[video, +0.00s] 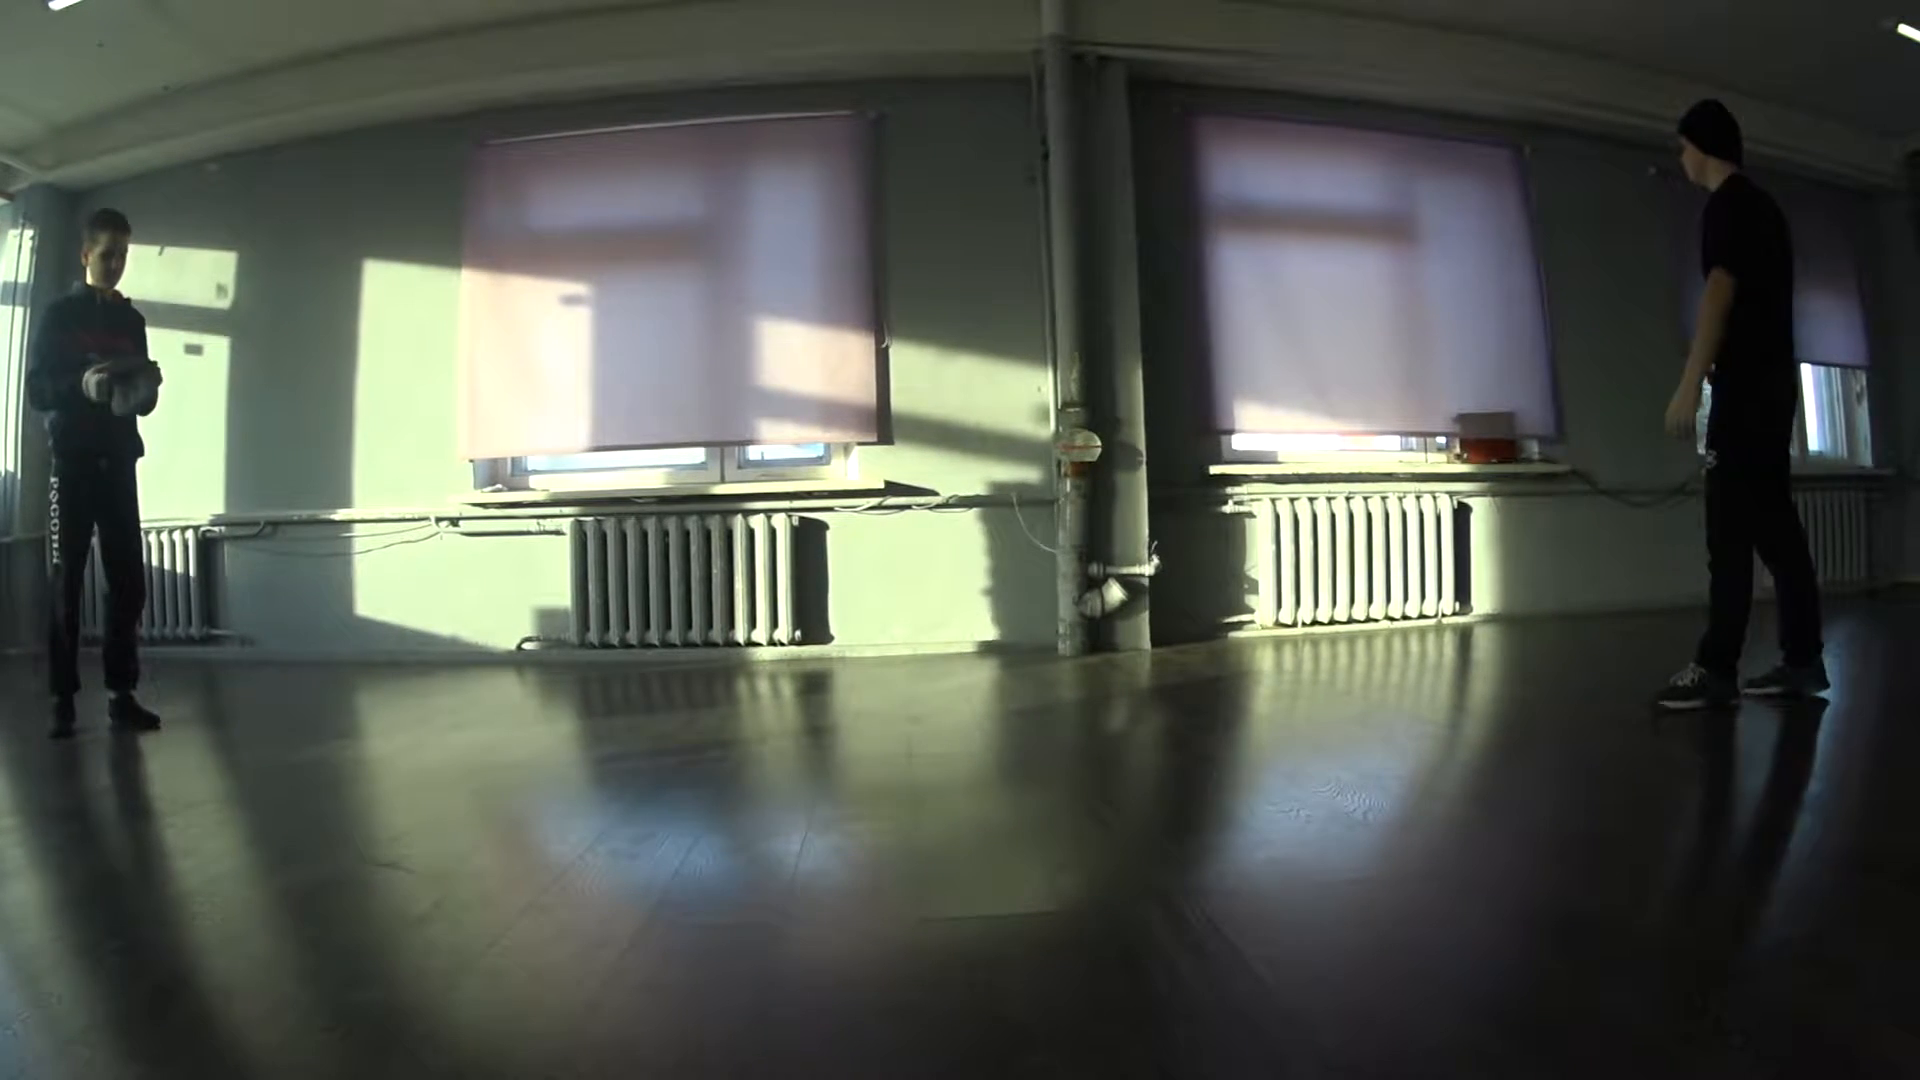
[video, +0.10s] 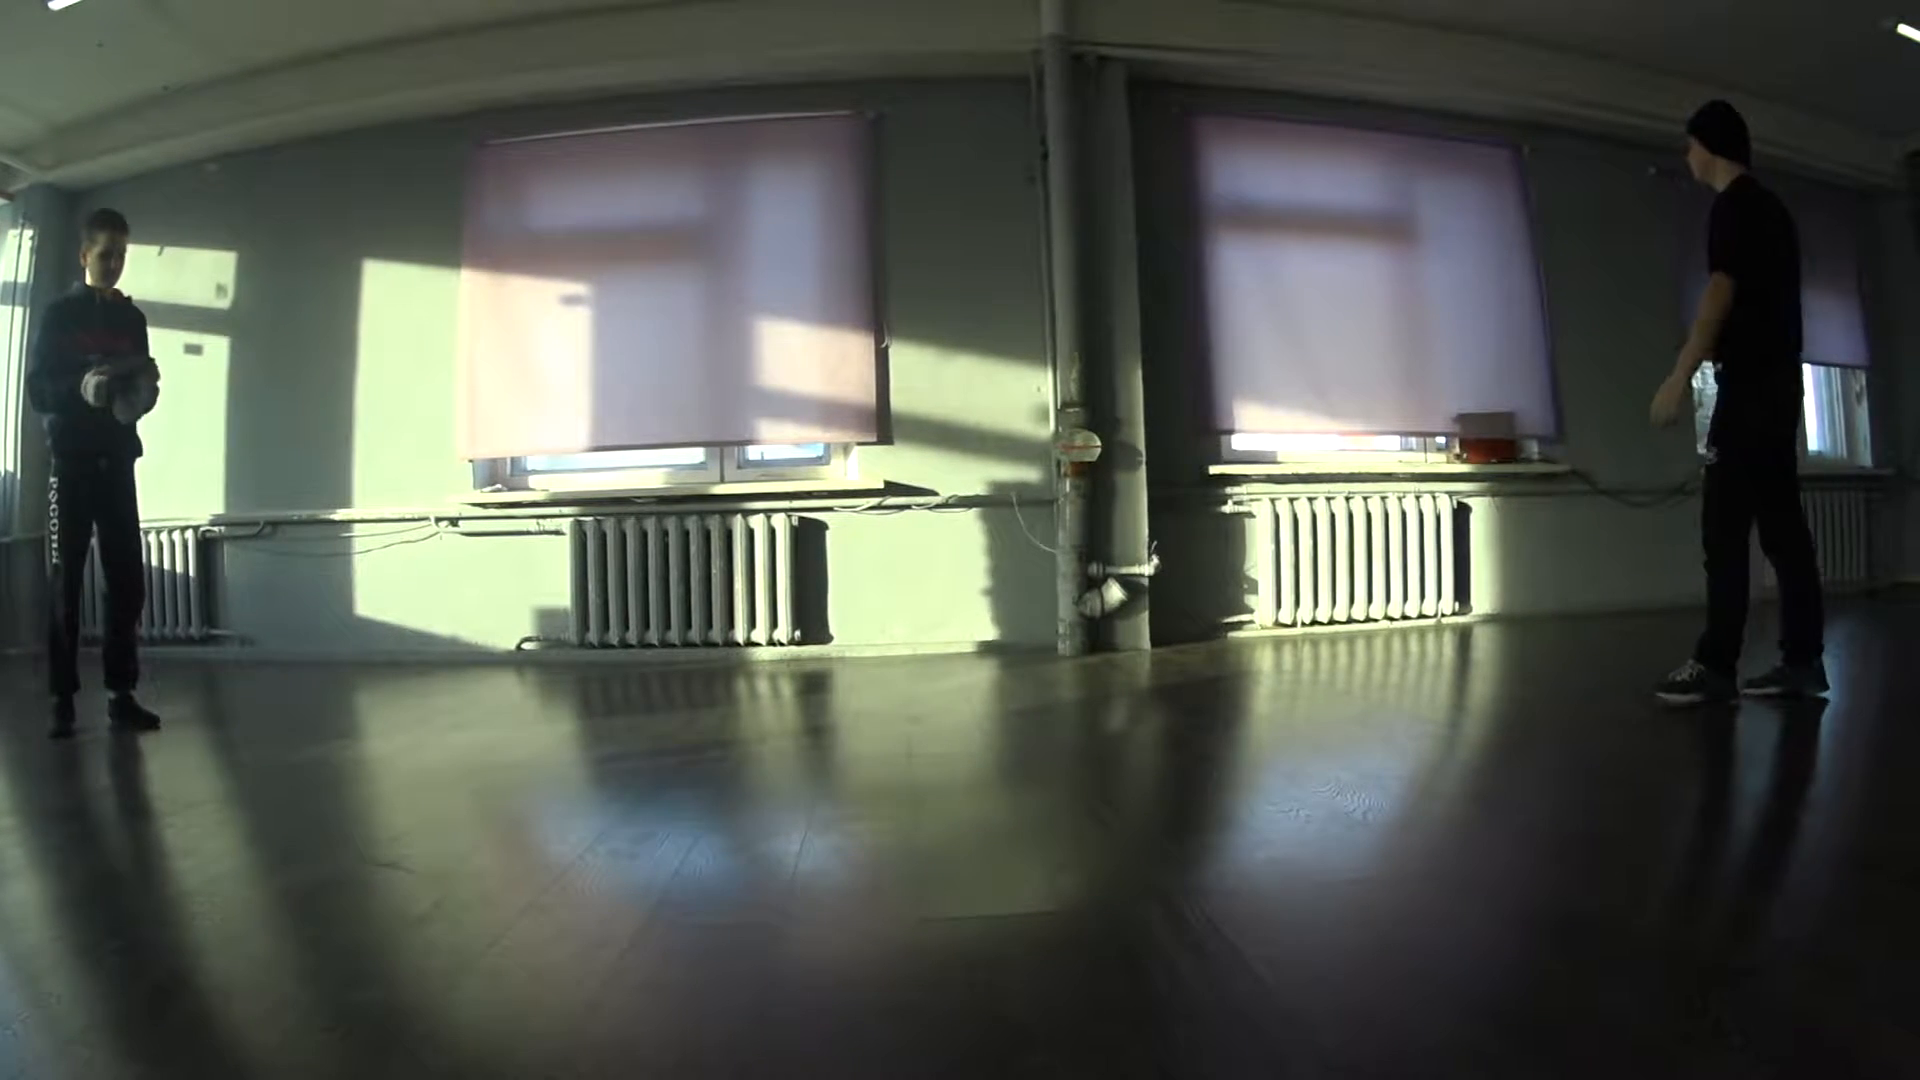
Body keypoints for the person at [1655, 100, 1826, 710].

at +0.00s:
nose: (1681, 160)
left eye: (1683, 149)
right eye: (1682, 149)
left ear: (1698, 150)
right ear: (1730, 147)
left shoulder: (1728, 204)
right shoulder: (1760, 205)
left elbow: (1721, 294)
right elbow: (1764, 312)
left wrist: (1688, 386)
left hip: (1743, 390)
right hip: (1771, 387)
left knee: (1728, 528)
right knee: (1775, 524)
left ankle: (1716, 669)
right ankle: (1804, 664)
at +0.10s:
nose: (1687, 161)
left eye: (1689, 149)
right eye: (1687, 150)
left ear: (1705, 150)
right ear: (1738, 147)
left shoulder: (1734, 205)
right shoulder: (1768, 206)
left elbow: (1721, 295)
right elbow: (1765, 307)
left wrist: (1678, 378)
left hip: (1747, 390)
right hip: (1777, 388)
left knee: (1723, 527)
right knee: (1784, 528)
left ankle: (1715, 665)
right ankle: (1804, 664)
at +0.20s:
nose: (1694, 158)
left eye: (1697, 146)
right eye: (1695, 146)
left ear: (1716, 148)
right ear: (1743, 147)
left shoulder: (1736, 206)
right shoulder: (1774, 207)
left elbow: (1724, 294)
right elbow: (1770, 307)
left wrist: (1680, 373)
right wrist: (1716, 351)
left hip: (1752, 389)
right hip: (1784, 387)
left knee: (1719, 523)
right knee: (1789, 525)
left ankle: (1713, 663)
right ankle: (1804, 664)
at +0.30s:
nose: (1699, 159)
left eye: (1702, 148)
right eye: (1700, 148)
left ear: (1722, 149)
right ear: (1748, 149)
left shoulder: (1739, 205)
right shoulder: (1777, 206)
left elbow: (1730, 294)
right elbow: (1774, 304)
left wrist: (1697, 364)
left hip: (1755, 388)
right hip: (1789, 386)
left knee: (1720, 520)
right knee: (1790, 523)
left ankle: (1714, 661)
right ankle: (1803, 664)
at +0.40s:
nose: (1702, 166)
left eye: (1705, 155)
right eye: (1703, 155)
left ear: (1724, 154)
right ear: (1751, 154)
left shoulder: (1742, 206)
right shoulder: (1780, 207)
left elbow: (1734, 295)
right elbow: (1780, 306)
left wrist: (1705, 371)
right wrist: (1734, 367)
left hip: (1756, 386)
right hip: (1791, 386)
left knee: (1728, 523)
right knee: (1791, 526)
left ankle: (1718, 658)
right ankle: (1803, 665)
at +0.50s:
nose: (1707, 172)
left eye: (1709, 161)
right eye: (1708, 161)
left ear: (1725, 158)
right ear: (1755, 157)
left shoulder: (1742, 206)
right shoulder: (1779, 207)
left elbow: (1736, 295)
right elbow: (1782, 307)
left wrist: (1711, 379)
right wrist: (1737, 373)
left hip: (1757, 387)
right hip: (1791, 387)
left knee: (1736, 525)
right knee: (1790, 525)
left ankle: (1718, 659)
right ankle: (1803, 665)